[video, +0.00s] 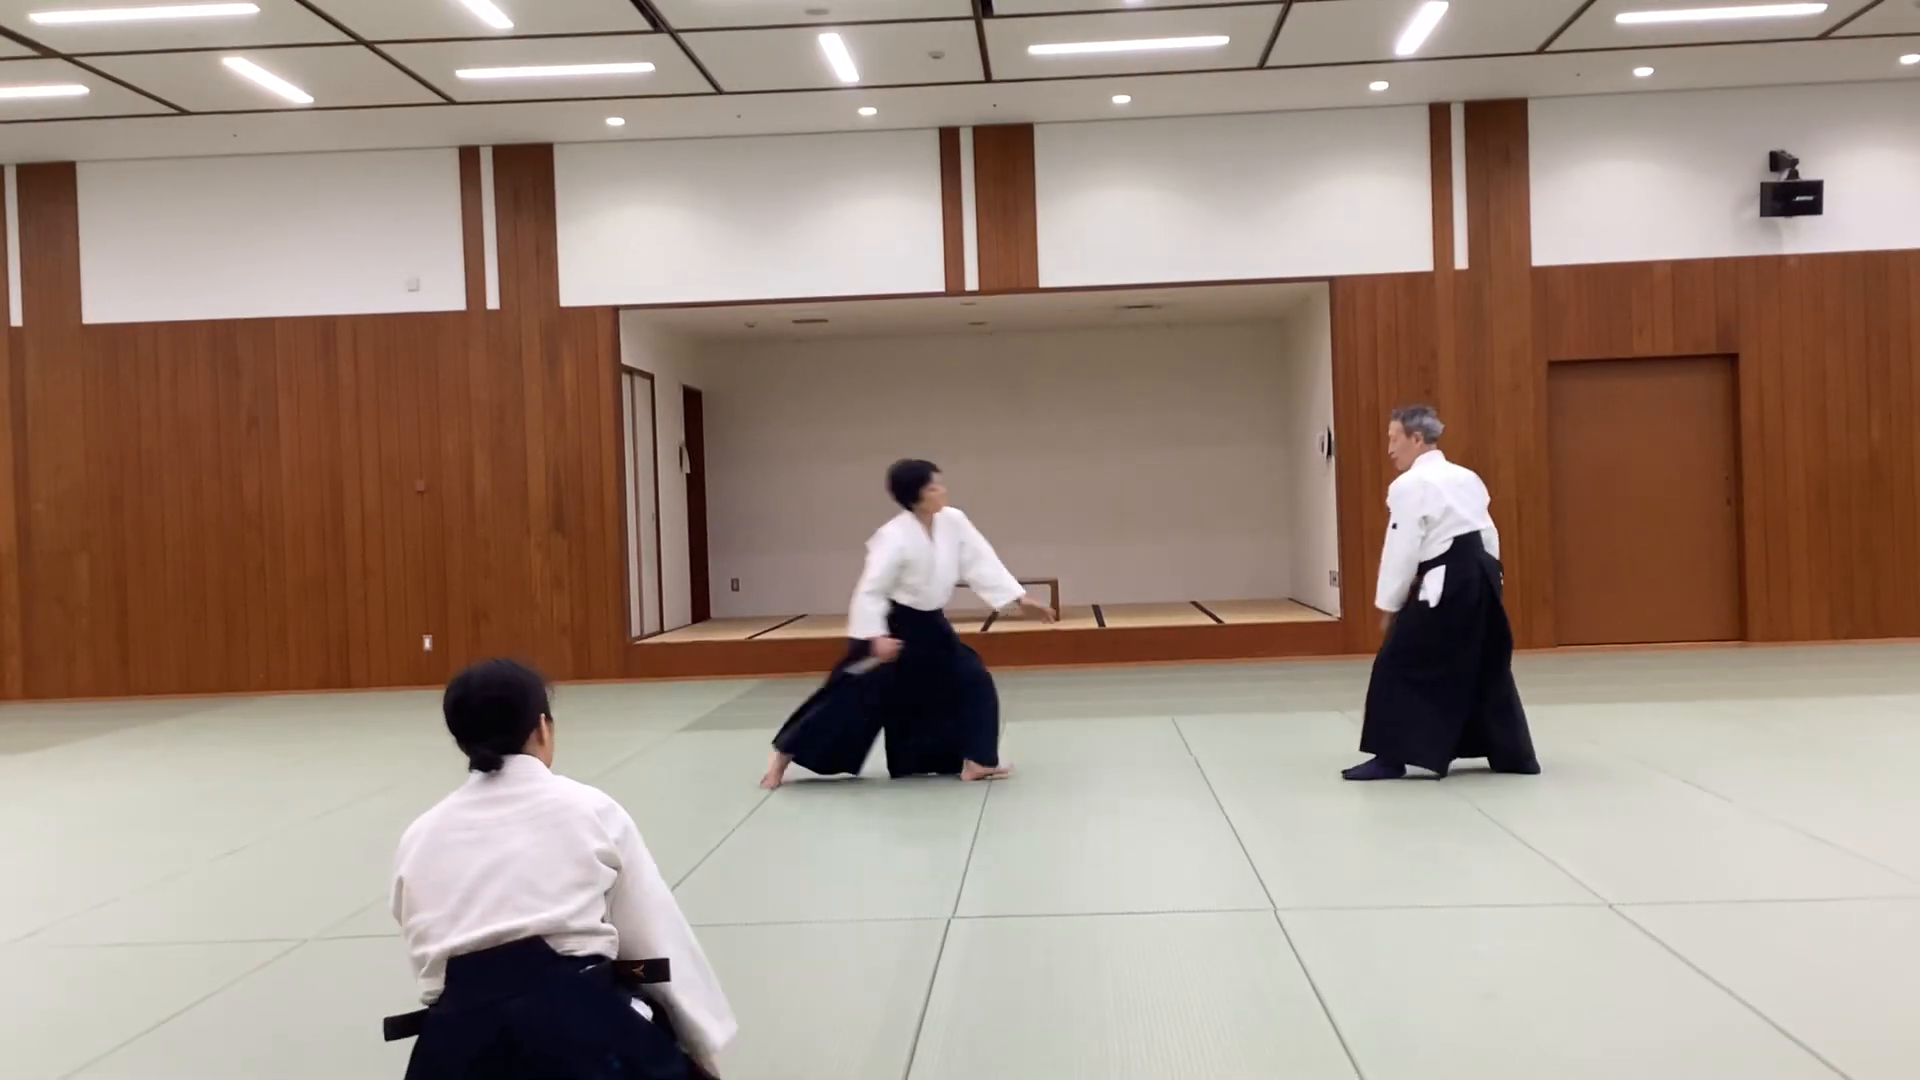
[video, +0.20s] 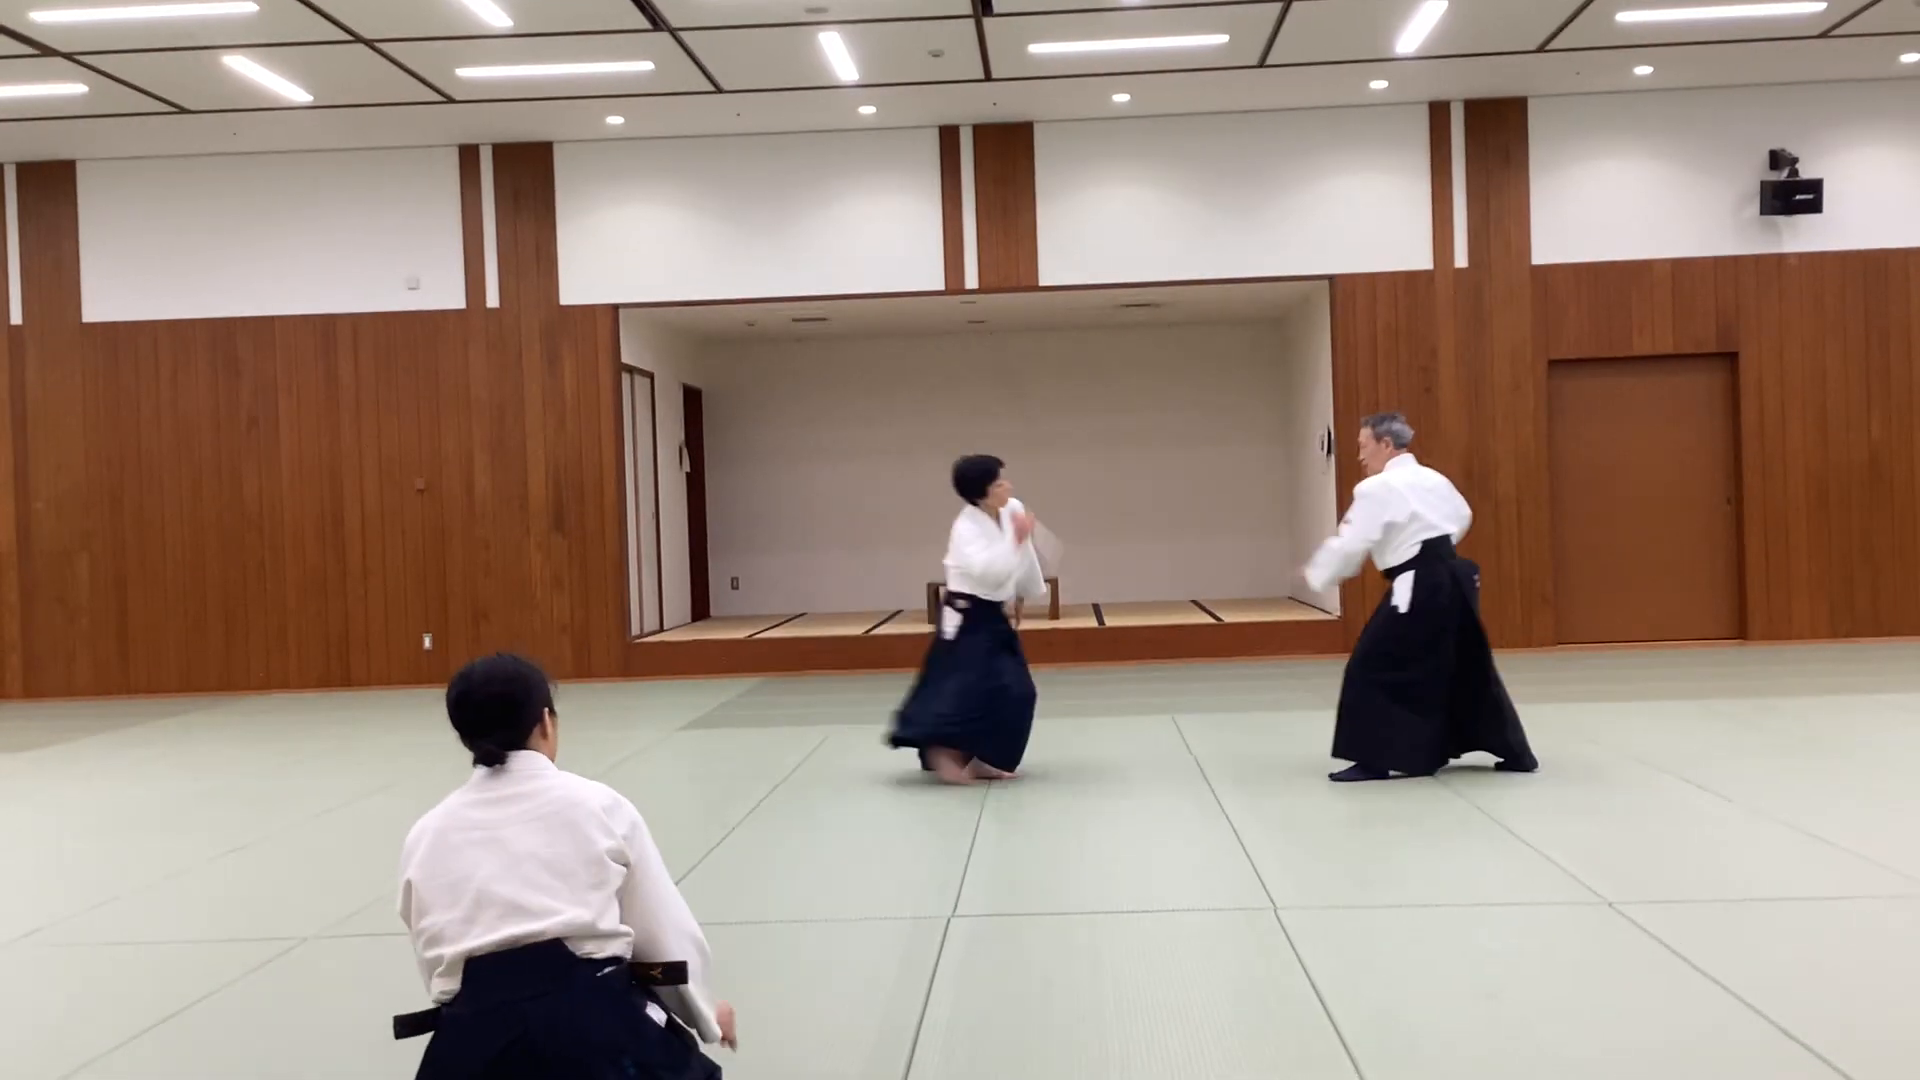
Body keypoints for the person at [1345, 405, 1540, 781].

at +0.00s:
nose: (1389, 448)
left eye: (1394, 439)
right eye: (1388, 439)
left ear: (1417, 439)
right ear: (1426, 440)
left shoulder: (1409, 485)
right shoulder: (1468, 477)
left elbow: (1401, 552)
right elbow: (1488, 534)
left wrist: (1388, 604)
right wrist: (1490, 576)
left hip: (1445, 581)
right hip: (1484, 577)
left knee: (1394, 663)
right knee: (1488, 663)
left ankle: (1388, 758)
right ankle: (1516, 754)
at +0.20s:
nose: (1360, 455)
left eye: (1363, 446)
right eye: (1359, 447)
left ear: (1386, 445)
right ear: (1397, 446)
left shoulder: (1377, 489)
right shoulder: (1433, 478)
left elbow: (1351, 543)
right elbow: (1463, 515)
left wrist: (1316, 574)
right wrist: (1434, 549)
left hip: (1415, 587)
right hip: (1451, 582)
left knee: (1366, 666)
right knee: (1469, 666)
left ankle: (1372, 761)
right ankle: (1516, 752)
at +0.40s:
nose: (1321, 451)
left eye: (1326, 444)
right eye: (1322, 444)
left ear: (1351, 444)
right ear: (1353, 446)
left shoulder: (1356, 473)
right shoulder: (1370, 468)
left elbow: (1299, 483)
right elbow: (1308, 478)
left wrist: (1241, 481)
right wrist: (1256, 477)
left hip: (1377, 581)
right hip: (1392, 576)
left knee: (1358, 670)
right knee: (1397, 664)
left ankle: (1375, 762)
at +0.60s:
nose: (1286, 447)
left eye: (1293, 440)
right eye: (1286, 441)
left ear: (1319, 441)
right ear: (1312, 441)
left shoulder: (1327, 467)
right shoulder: (1303, 490)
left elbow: (1262, 453)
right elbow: (1261, 497)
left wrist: (1204, 433)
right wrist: (1221, 460)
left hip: (1349, 582)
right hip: (1322, 584)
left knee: (1358, 670)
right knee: (1280, 653)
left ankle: (1372, 761)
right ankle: (1270, 736)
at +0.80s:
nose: (1259, 437)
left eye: (1267, 431)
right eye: (1254, 433)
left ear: (1284, 437)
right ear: (1250, 440)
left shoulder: (1307, 465)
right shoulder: (1243, 476)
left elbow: (1271, 453)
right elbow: (1215, 523)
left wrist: (1239, 425)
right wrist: (1218, 486)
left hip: (1311, 572)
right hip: (1270, 575)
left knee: (1325, 657)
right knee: (1256, 660)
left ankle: (1338, 744)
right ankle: (1268, 747)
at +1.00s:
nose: (1234, 451)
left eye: (1241, 443)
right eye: (1227, 444)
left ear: (1257, 443)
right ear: (1221, 445)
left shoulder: (1279, 471)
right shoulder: (1210, 482)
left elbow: (1281, 504)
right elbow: (1196, 532)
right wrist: (1228, 538)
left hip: (1271, 577)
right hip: (1230, 579)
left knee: (1267, 659)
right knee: (1236, 660)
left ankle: (1262, 741)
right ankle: (1241, 744)